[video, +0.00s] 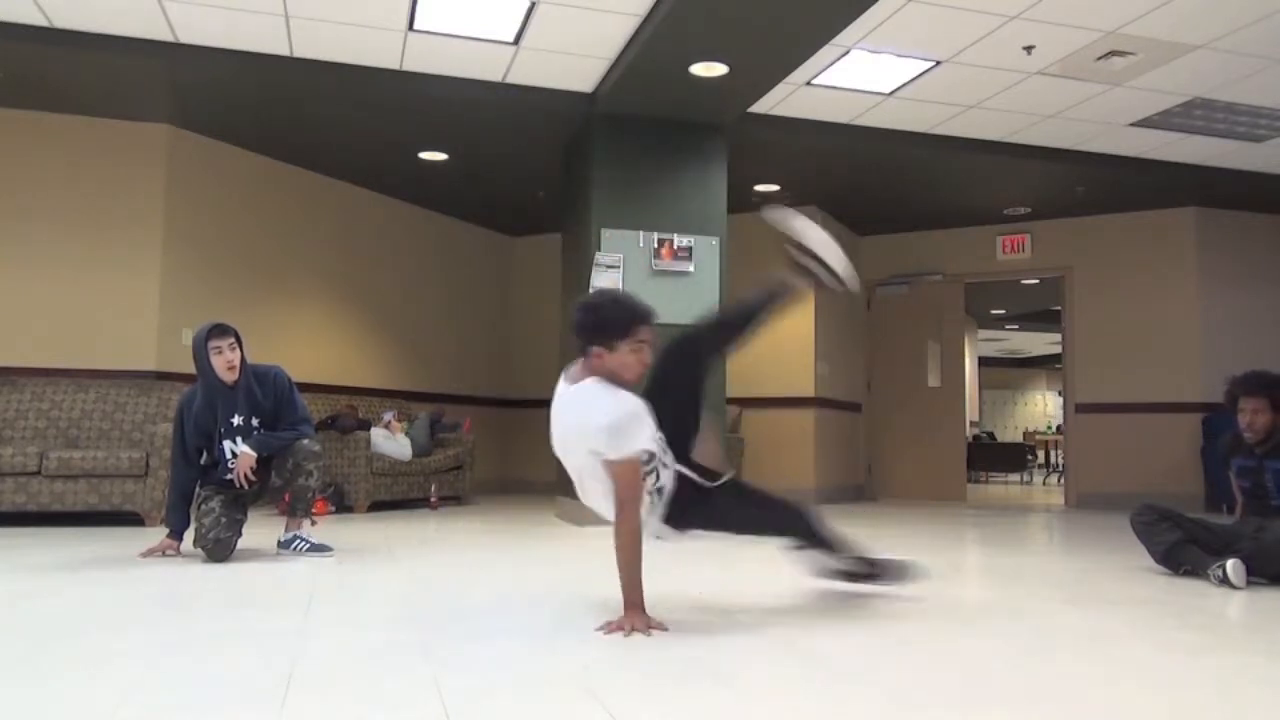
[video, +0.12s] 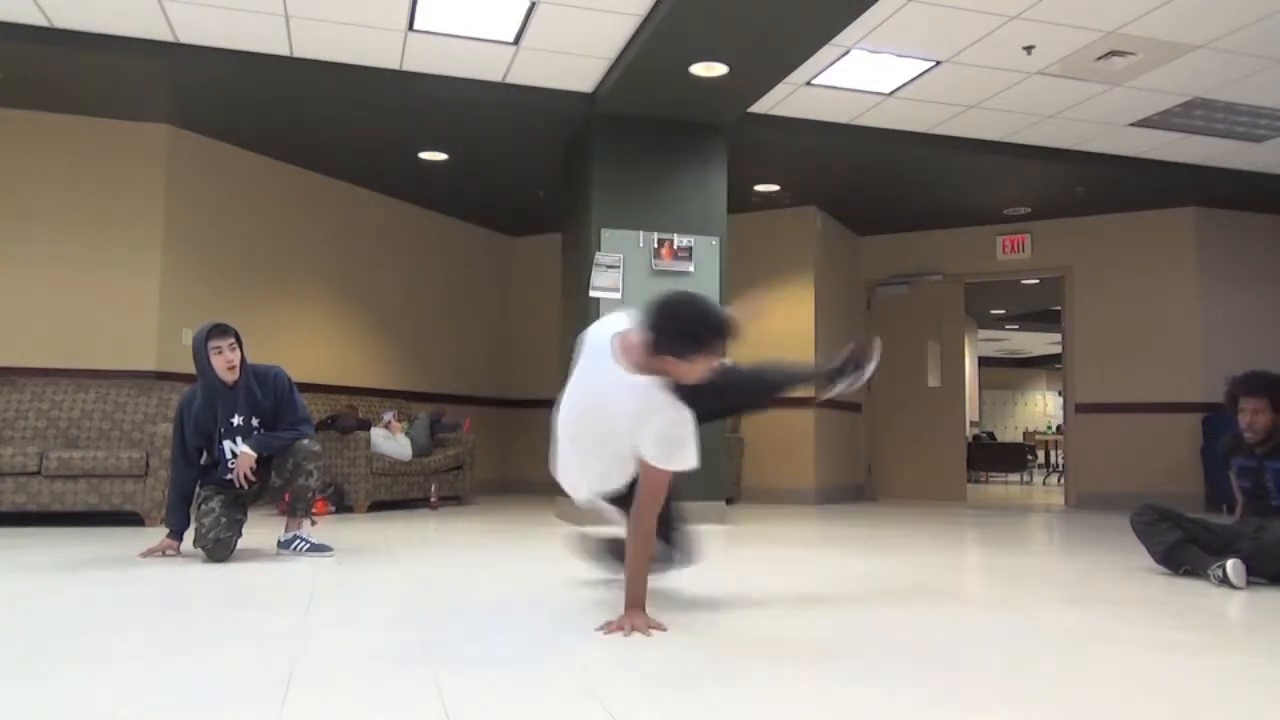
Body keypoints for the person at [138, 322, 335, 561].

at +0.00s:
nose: (229, 357)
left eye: (233, 348)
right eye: (218, 352)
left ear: (241, 350)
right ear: (204, 361)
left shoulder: (272, 381)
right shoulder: (193, 404)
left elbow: (304, 430)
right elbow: (184, 471)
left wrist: (255, 446)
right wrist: (174, 535)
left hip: (267, 476)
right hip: (220, 488)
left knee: (308, 450)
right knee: (215, 549)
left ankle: (292, 534)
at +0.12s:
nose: (229, 357)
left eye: (233, 348)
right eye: (218, 352)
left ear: (241, 350)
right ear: (204, 360)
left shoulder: (272, 380)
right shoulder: (193, 404)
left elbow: (304, 430)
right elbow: (184, 471)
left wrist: (255, 446)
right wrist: (174, 535)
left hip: (266, 476)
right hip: (220, 488)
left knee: (308, 450)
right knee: (215, 549)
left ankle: (292, 534)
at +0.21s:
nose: (229, 357)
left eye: (233, 348)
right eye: (218, 352)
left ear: (241, 350)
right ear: (204, 360)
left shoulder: (272, 381)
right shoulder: (193, 404)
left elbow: (304, 430)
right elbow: (183, 471)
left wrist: (255, 446)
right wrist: (174, 535)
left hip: (266, 476)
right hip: (220, 488)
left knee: (307, 450)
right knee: (215, 549)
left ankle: (292, 534)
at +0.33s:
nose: (230, 358)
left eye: (233, 349)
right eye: (218, 352)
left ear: (241, 350)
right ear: (204, 361)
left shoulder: (271, 380)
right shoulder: (193, 404)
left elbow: (304, 429)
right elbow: (184, 471)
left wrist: (255, 446)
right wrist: (174, 534)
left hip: (267, 476)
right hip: (220, 487)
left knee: (307, 450)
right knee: (215, 549)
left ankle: (292, 534)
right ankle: (229, 519)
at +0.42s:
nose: (229, 357)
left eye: (233, 348)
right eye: (218, 352)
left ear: (241, 350)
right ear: (204, 360)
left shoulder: (272, 381)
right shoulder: (193, 404)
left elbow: (304, 430)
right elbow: (184, 471)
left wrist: (255, 446)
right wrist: (174, 535)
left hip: (266, 476)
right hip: (220, 488)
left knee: (305, 450)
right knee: (215, 549)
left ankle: (292, 534)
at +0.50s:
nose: (229, 357)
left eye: (233, 348)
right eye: (218, 352)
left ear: (241, 350)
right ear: (204, 360)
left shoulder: (272, 381)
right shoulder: (193, 404)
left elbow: (304, 430)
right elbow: (184, 471)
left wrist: (255, 446)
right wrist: (174, 535)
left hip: (266, 476)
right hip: (220, 487)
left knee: (306, 450)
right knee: (215, 549)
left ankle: (292, 534)